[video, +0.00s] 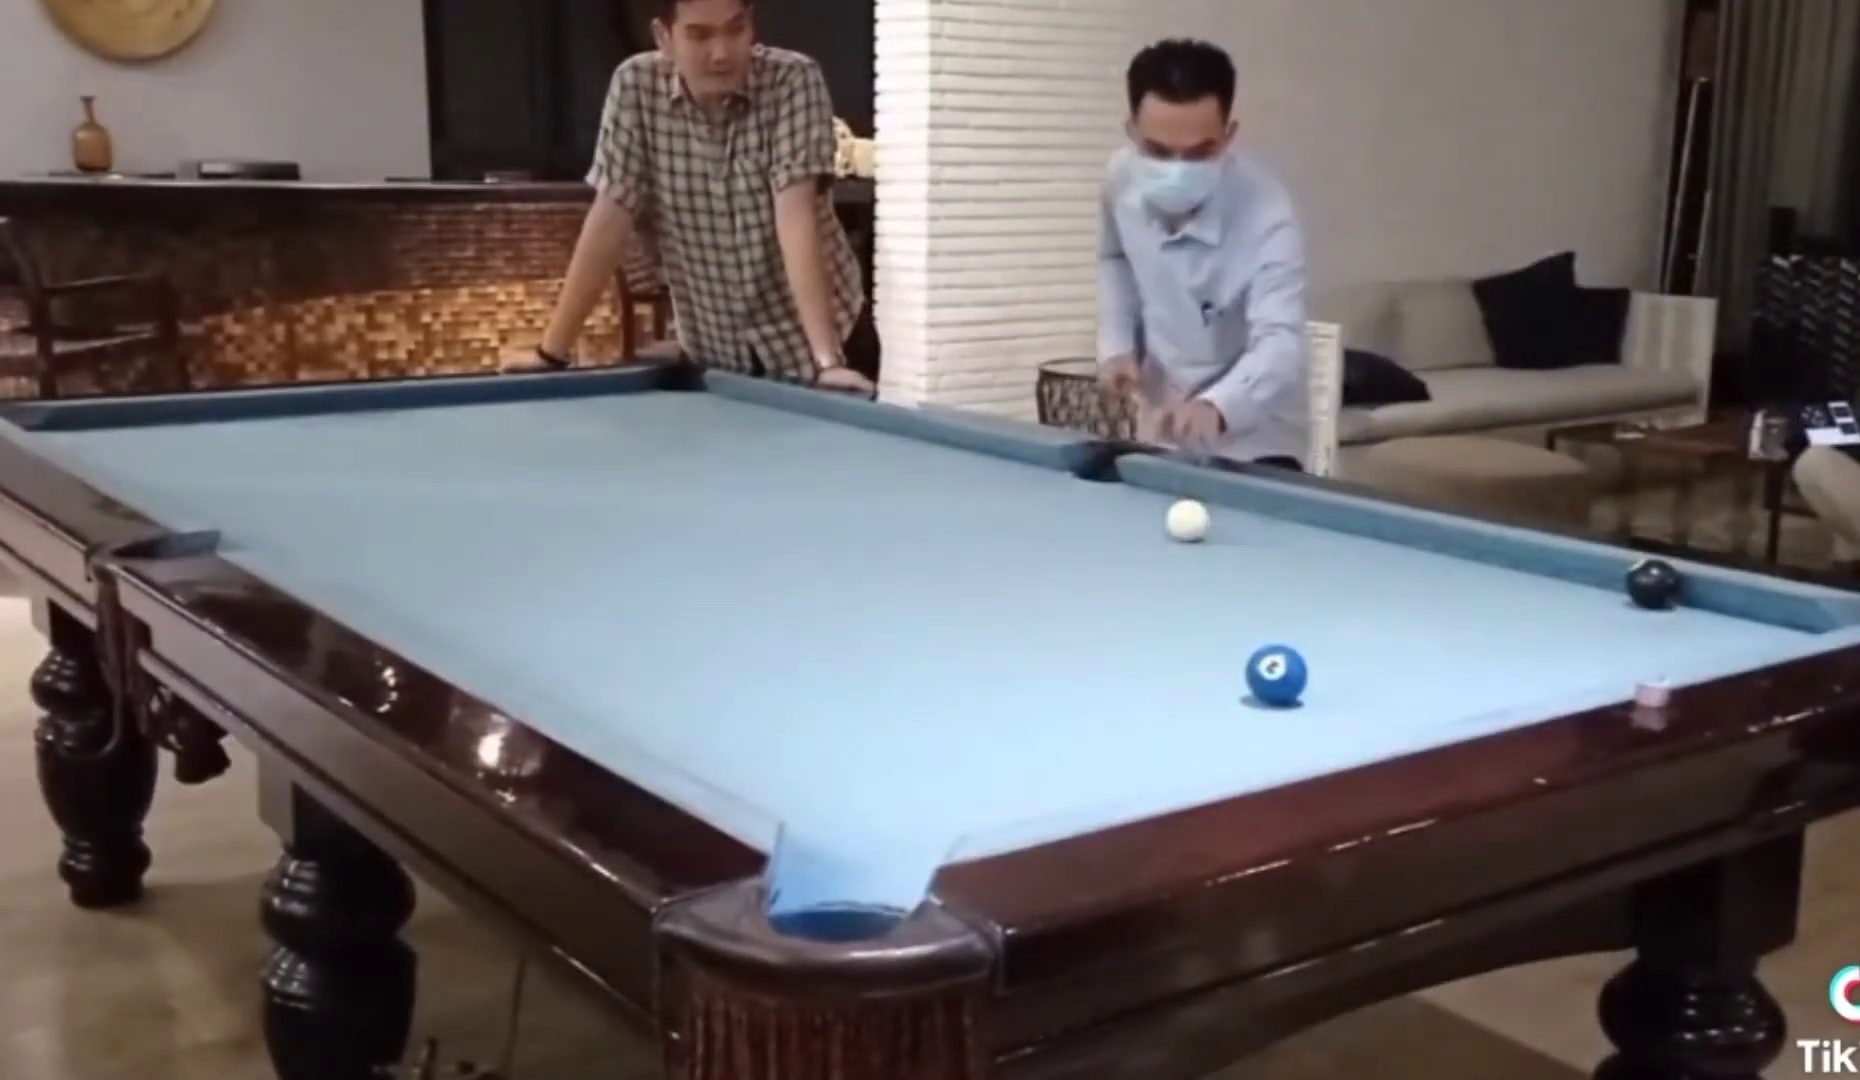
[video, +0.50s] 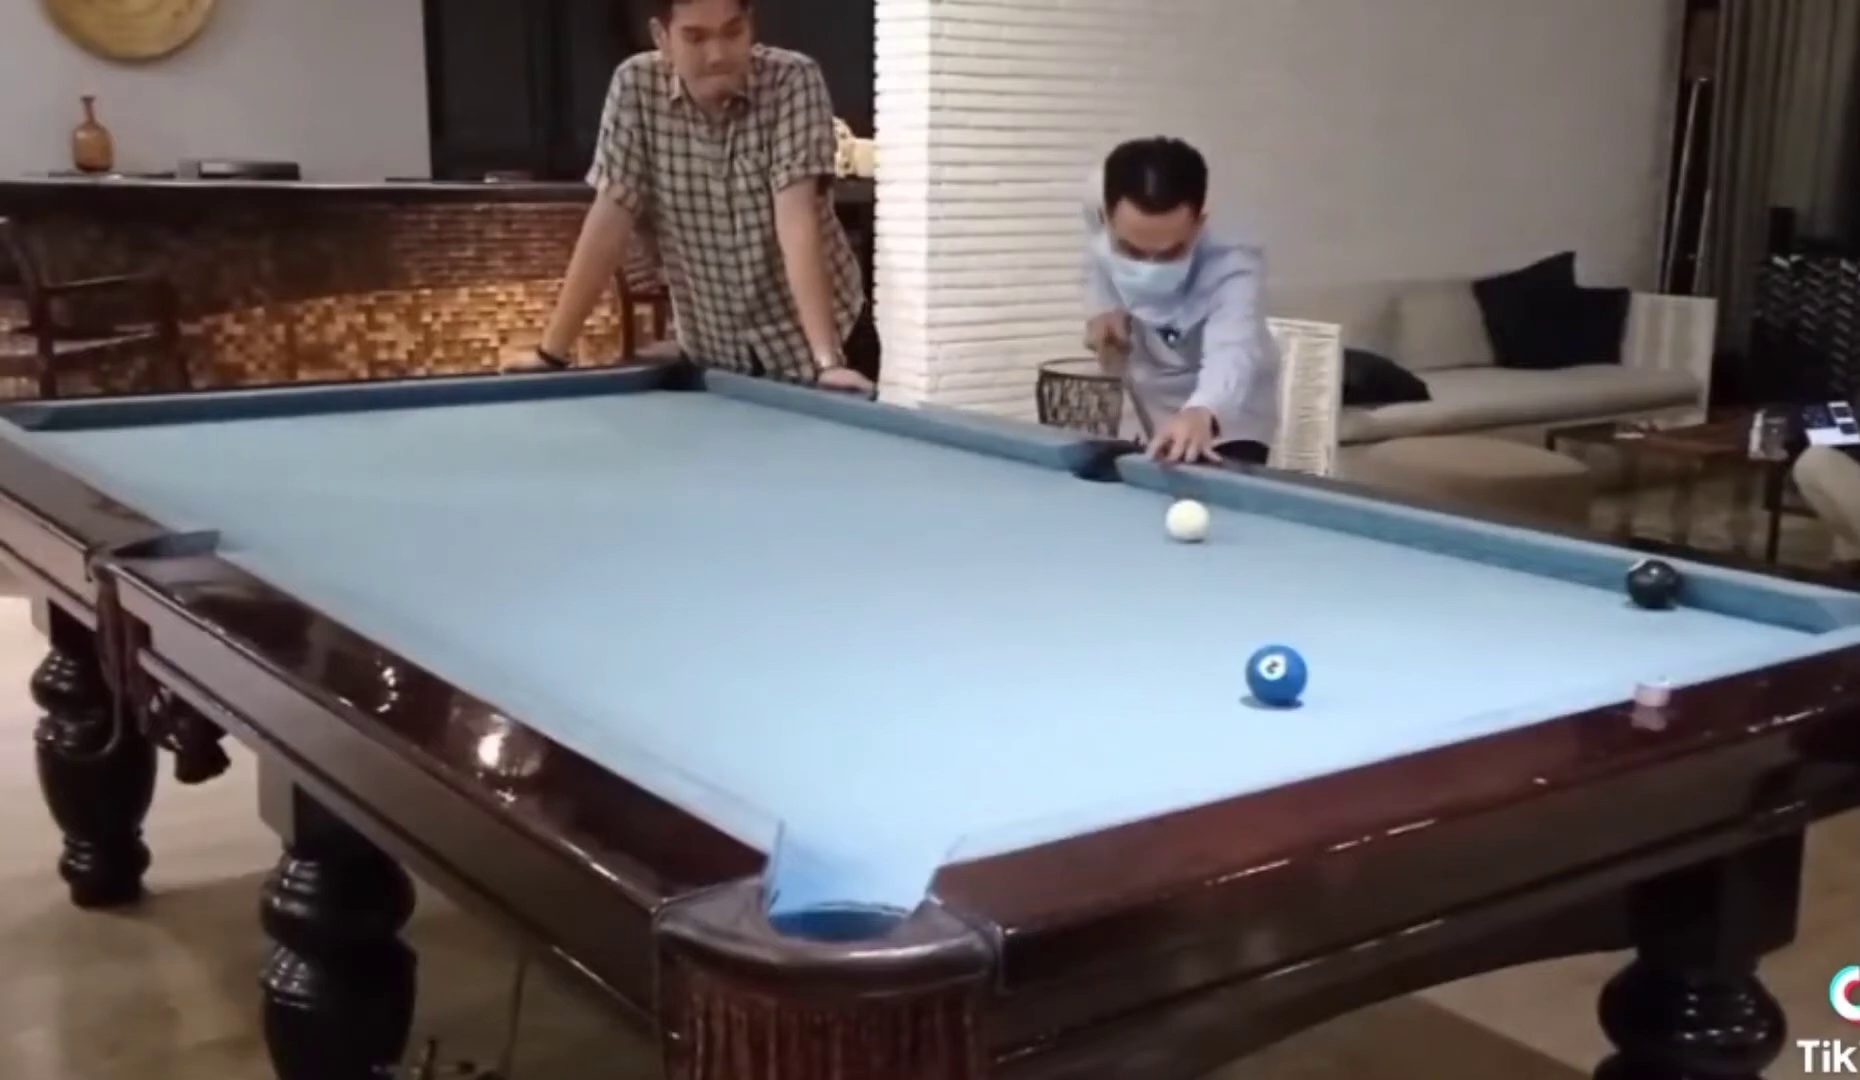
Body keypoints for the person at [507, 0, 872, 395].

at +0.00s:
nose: (721, 53)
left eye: (736, 30)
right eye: (700, 35)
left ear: (753, 26)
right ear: (663, 36)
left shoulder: (792, 80)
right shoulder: (637, 85)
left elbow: (797, 214)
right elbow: (611, 214)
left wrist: (828, 360)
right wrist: (552, 352)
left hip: (822, 348)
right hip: (713, 352)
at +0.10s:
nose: (720, 53)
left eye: (735, 32)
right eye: (699, 35)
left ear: (753, 27)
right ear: (663, 36)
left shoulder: (792, 80)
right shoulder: (637, 85)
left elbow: (797, 215)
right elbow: (611, 215)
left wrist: (828, 360)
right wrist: (552, 352)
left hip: (821, 349)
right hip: (712, 352)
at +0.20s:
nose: (718, 53)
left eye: (734, 32)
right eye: (698, 36)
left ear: (752, 27)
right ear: (662, 36)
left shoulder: (792, 80)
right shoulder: (637, 85)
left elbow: (798, 217)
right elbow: (611, 215)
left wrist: (828, 361)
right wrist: (552, 352)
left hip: (819, 347)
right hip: (711, 350)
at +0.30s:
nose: (718, 54)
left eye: (734, 33)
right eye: (697, 37)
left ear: (751, 29)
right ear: (663, 38)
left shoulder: (791, 79)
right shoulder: (637, 85)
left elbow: (798, 216)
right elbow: (610, 216)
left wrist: (829, 361)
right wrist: (551, 353)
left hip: (816, 348)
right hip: (710, 349)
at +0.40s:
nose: (717, 54)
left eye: (733, 33)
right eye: (696, 37)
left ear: (751, 30)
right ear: (662, 38)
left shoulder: (791, 80)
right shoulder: (636, 85)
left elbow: (798, 216)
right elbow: (611, 216)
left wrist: (829, 361)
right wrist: (551, 353)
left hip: (819, 349)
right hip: (711, 350)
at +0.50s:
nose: (717, 55)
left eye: (733, 33)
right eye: (696, 38)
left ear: (751, 29)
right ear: (662, 37)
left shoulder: (792, 80)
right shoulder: (637, 85)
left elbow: (798, 216)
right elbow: (610, 216)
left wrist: (829, 360)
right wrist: (550, 353)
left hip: (814, 348)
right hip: (710, 348)